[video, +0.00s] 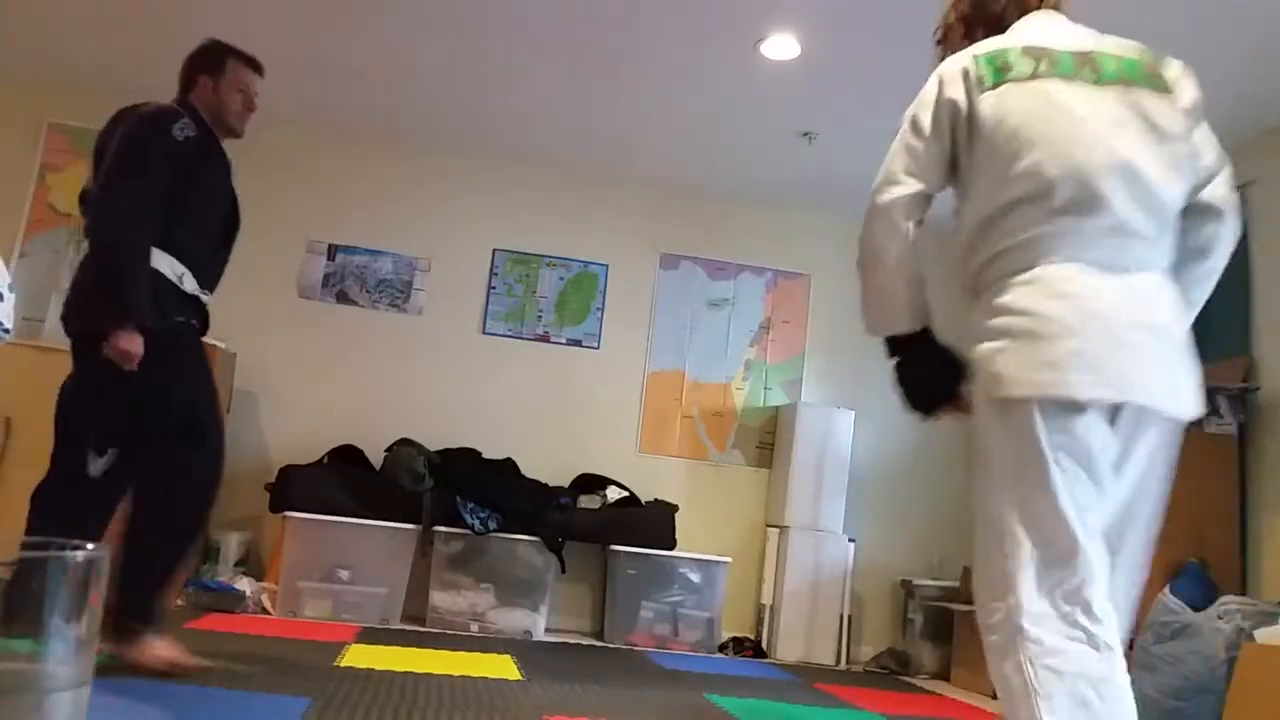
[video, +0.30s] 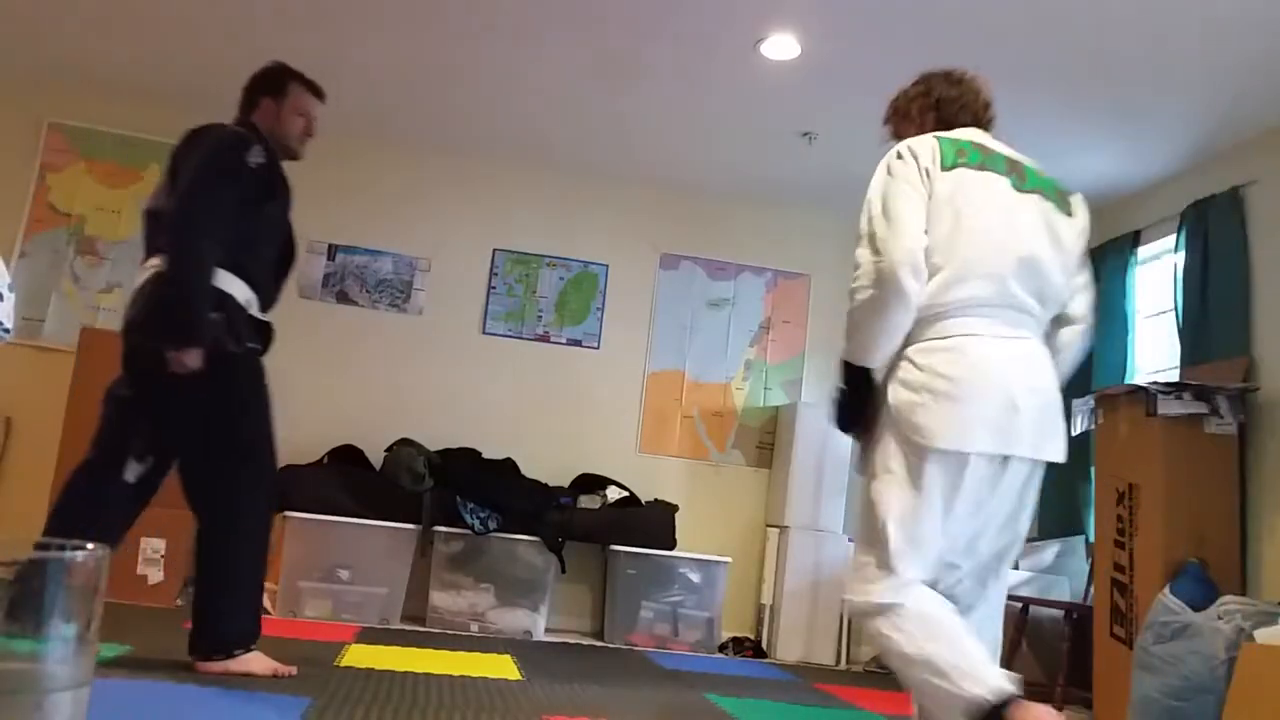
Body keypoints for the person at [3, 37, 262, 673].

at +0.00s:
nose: (252, 107)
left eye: (255, 99)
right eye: (243, 94)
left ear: (213, 94)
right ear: (204, 86)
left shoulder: (203, 152)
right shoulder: (163, 130)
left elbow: (170, 246)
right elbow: (122, 220)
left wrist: (176, 325)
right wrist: (122, 319)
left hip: (137, 330)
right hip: (151, 332)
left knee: (83, 475)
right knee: (188, 469)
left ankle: (28, 617)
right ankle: (135, 625)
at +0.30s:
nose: (311, 130)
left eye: (313, 119)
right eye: (304, 115)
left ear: (266, 112)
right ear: (265, 106)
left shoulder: (213, 147)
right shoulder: (238, 150)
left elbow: (170, 230)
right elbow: (197, 228)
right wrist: (189, 330)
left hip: (167, 331)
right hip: (213, 337)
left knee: (113, 480)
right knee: (241, 493)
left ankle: (30, 614)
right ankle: (223, 646)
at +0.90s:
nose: (375, 148)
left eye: (379, 137)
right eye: (371, 132)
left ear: (321, 124)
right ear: (336, 120)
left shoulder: (262, 161)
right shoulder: (321, 162)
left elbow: (271, 263)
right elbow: (342, 261)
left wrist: (337, 329)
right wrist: (409, 329)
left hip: (223, 326)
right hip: (275, 329)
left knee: (210, 479)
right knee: (271, 488)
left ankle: (171, 628)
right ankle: (231, 646)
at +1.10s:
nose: (380, 164)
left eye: (383, 153)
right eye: (376, 148)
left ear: (335, 139)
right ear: (343, 135)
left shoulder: (267, 175)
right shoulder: (321, 175)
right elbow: (324, 269)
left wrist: (356, 296)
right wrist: (393, 309)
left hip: (221, 329)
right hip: (279, 331)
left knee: (212, 480)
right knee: (346, 466)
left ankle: (168, 630)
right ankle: (279, 620)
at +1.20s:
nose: (390, 170)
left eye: (394, 159)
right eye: (386, 155)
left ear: (344, 144)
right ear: (355, 143)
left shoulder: (277, 179)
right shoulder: (331, 179)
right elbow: (328, 271)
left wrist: (376, 285)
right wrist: (398, 300)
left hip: (231, 332)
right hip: (292, 338)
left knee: (220, 481)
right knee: (353, 476)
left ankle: (168, 632)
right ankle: (337, 639)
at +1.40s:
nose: (423, 183)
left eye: (428, 173)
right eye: (421, 168)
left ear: (379, 156)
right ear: (391, 154)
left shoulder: (315, 188)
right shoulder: (369, 194)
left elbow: (343, 273)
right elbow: (379, 281)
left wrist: (418, 269)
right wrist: (452, 291)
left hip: (262, 347)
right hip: (325, 356)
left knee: (232, 491)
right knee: (367, 504)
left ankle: (170, 631)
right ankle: (366, 654)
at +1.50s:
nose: (432, 184)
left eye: (438, 173)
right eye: (431, 169)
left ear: (385, 155)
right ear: (401, 155)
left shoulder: (323, 188)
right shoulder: (388, 195)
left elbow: (361, 280)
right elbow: (404, 282)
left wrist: (430, 267)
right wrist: (475, 279)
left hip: (272, 344)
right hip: (337, 355)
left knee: (248, 487)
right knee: (377, 505)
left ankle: (170, 616)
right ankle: (368, 654)